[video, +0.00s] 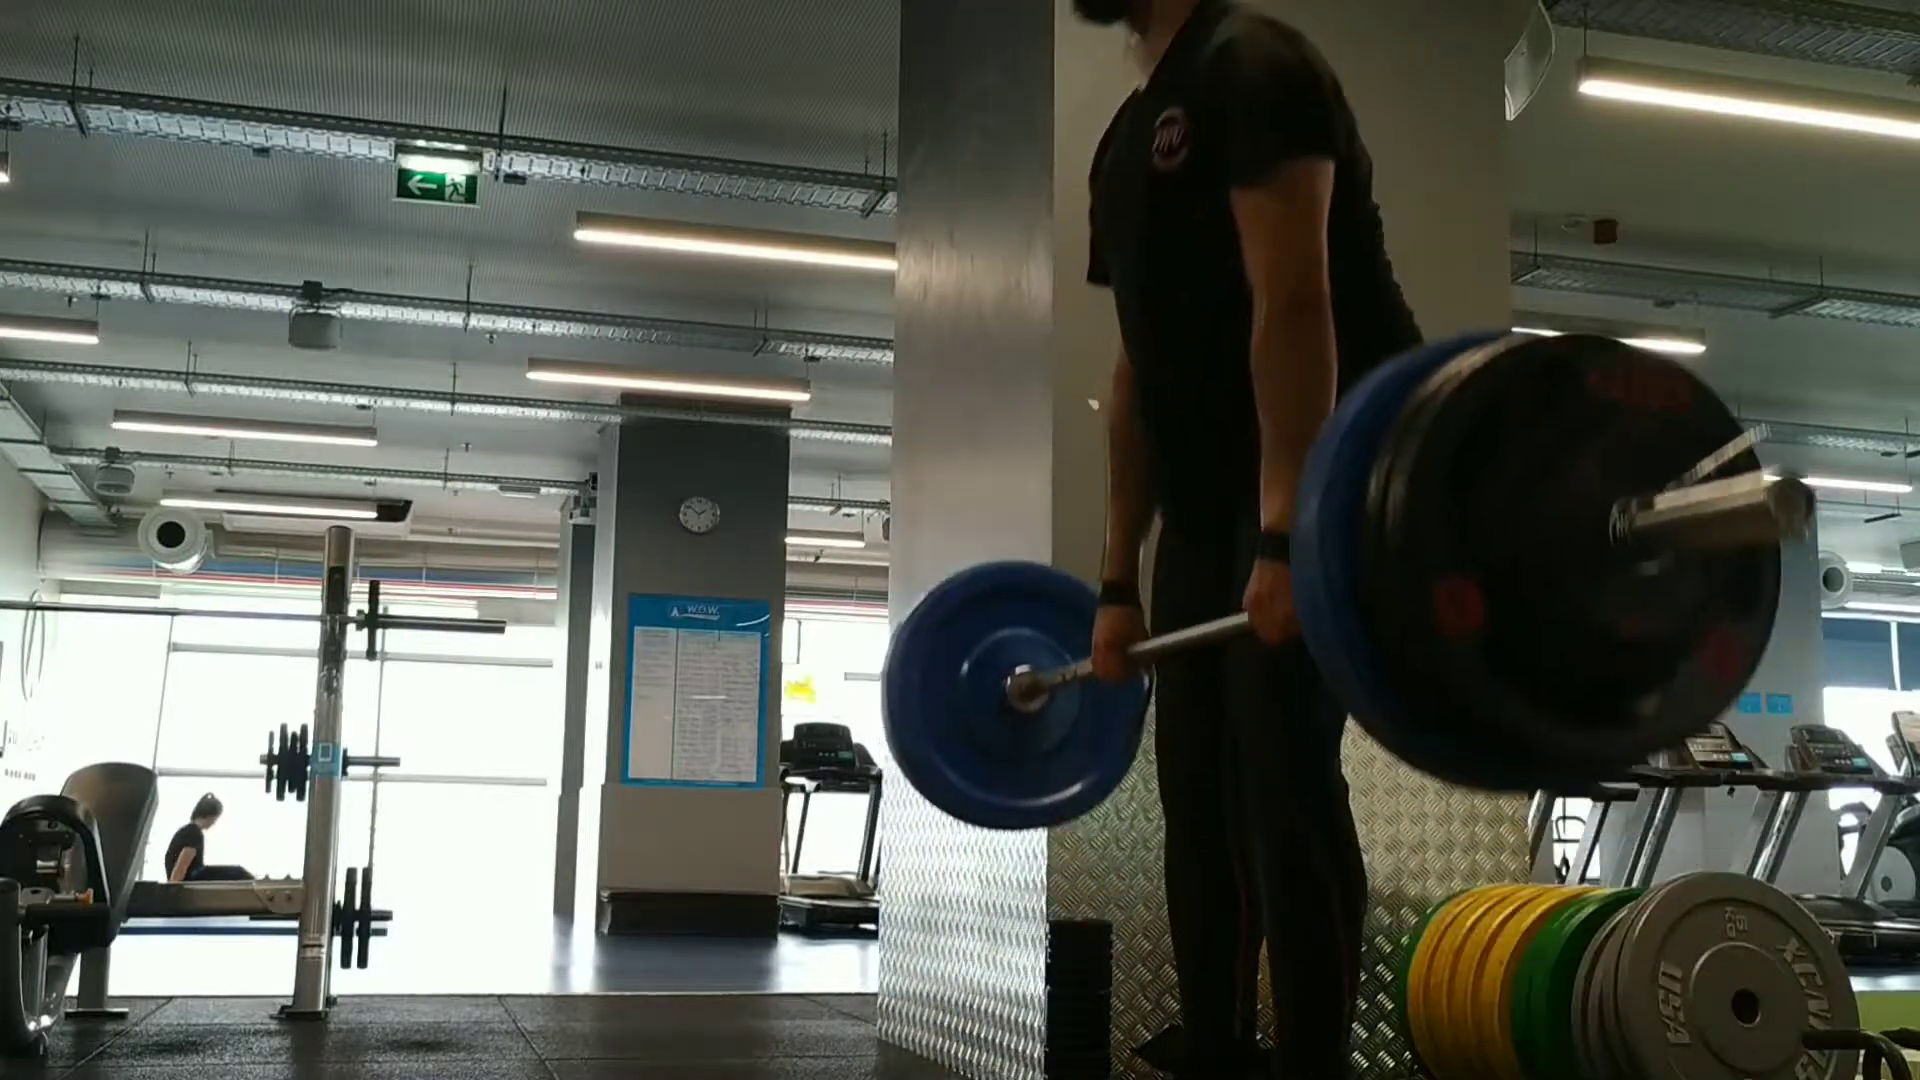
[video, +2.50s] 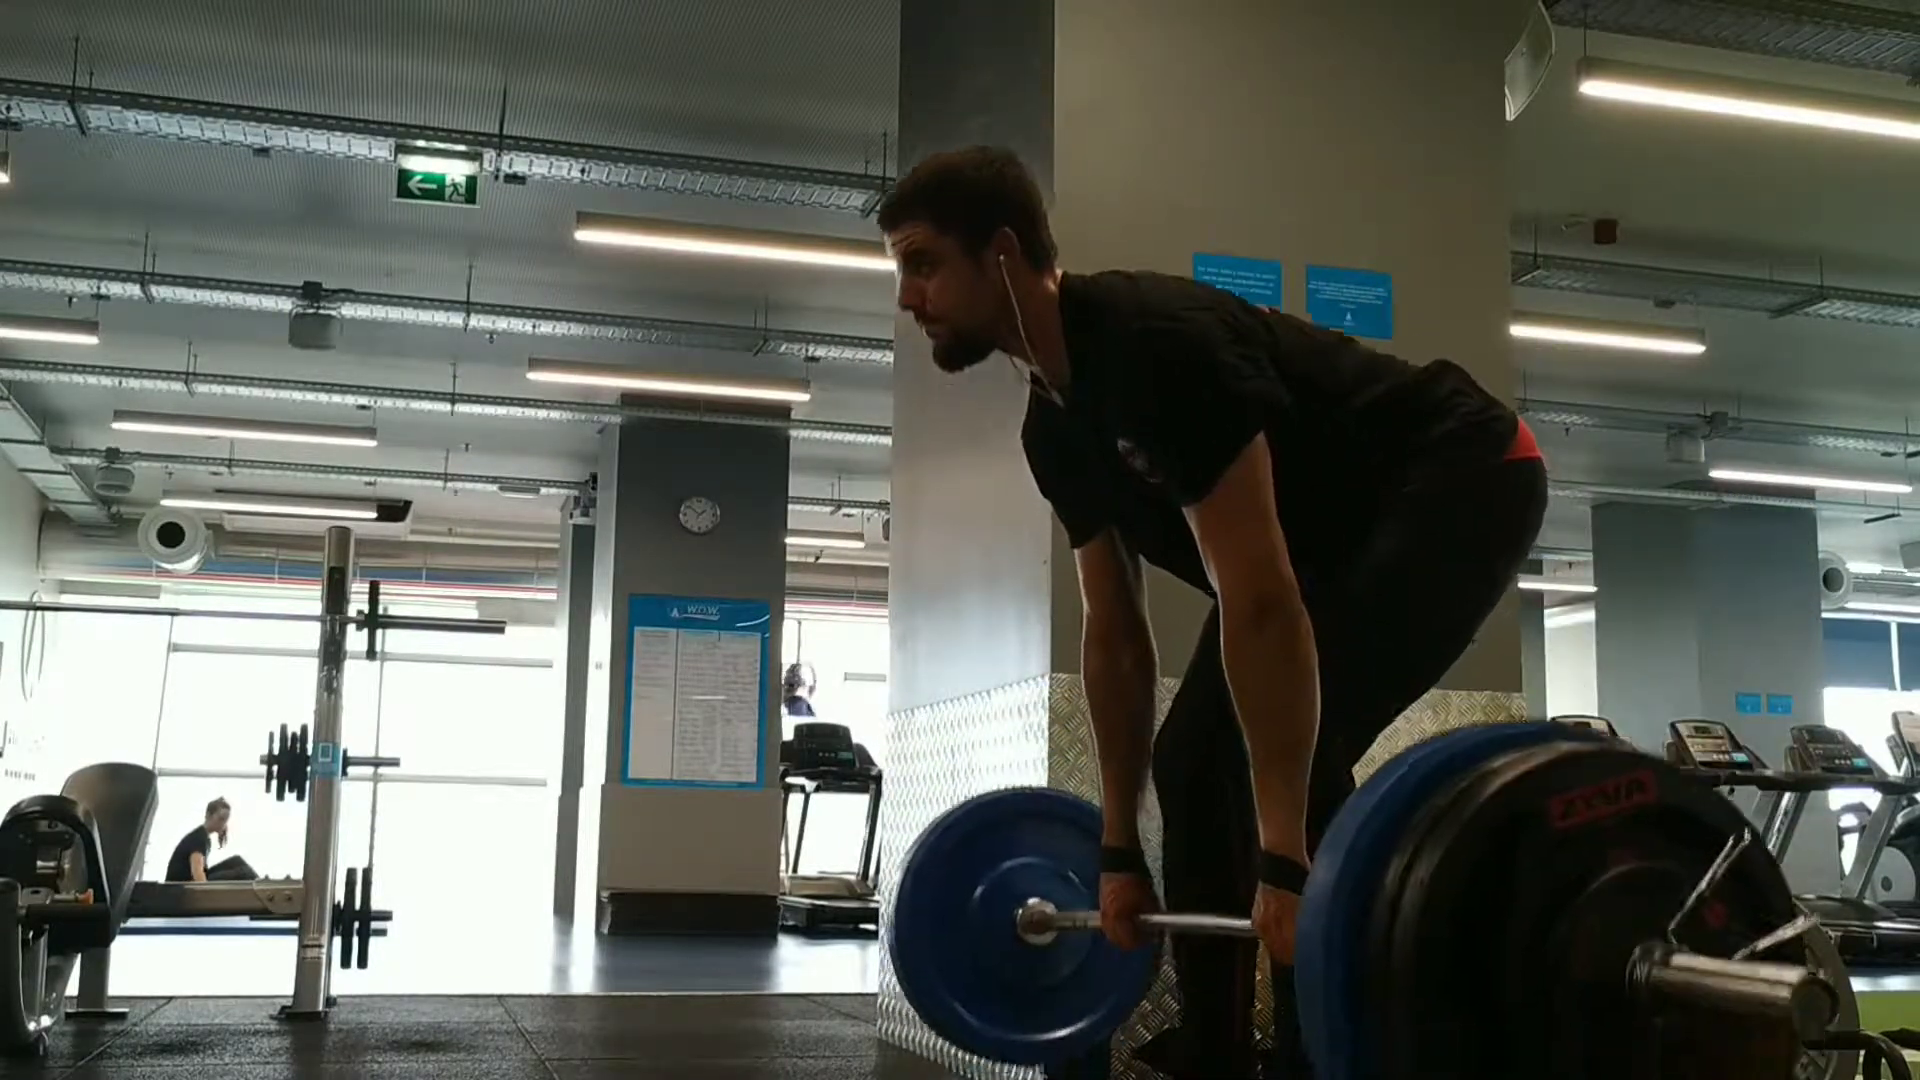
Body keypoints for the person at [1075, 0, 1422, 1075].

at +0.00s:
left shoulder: (1257, 63)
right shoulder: (1123, 139)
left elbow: (1296, 305)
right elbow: (1138, 369)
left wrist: (1284, 538)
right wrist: (1120, 579)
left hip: (1300, 505)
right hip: (1199, 514)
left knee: (1285, 788)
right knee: (1195, 785)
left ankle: (1313, 1057)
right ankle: (1213, 1050)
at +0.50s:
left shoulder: (1369, 55)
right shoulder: (1244, 115)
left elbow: (1344, 279)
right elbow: (1193, 334)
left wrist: (1285, 491)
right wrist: (1123, 534)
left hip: (1269, 493)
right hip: (1183, 499)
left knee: (1277, 787)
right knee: (1191, 795)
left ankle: (1311, 1060)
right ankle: (1208, 1052)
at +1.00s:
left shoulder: (1257, 69)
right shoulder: (1150, 137)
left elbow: (1306, 318)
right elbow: (1152, 373)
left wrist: (1291, 549)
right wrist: (1129, 583)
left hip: (1338, 495)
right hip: (1235, 498)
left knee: (1287, 768)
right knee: (1186, 759)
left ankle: (1312, 1059)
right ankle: (1211, 1044)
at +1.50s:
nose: (966, 100)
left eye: (984, 69)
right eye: (961, 78)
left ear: (1064, 64)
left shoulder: (1192, 184)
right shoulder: (1075, 270)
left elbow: (1271, 442)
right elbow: (1122, 487)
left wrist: (1275, 686)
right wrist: (1114, 699)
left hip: (1413, 489)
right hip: (1280, 510)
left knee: (1301, 768)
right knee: (1193, 760)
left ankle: (1313, 1057)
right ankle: (1212, 1046)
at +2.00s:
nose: (905, 283)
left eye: (923, 249)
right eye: (901, 256)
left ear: (1006, 238)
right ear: (998, 249)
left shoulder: (1152, 329)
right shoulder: (1049, 418)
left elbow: (1259, 594)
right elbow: (1108, 626)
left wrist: (1277, 854)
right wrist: (1114, 840)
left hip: (1451, 487)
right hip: (1313, 527)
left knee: (1282, 761)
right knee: (1175, 763)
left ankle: (1310, 1040)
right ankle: (1210, 1039)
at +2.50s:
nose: (906, 300)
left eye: (923, 266)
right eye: (902, 273)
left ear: (1004, 252)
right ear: (998, 262)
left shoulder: (1155, 342)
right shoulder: (1054, 430)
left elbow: (1263, 603)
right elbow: (1112, 632)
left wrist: (1287, 860)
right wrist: (1119, 849)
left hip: (1459, 477)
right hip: (1329, 519)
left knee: (1296, 766)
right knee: (1191, 759)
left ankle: (1312, 1040)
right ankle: (1213, 1038)